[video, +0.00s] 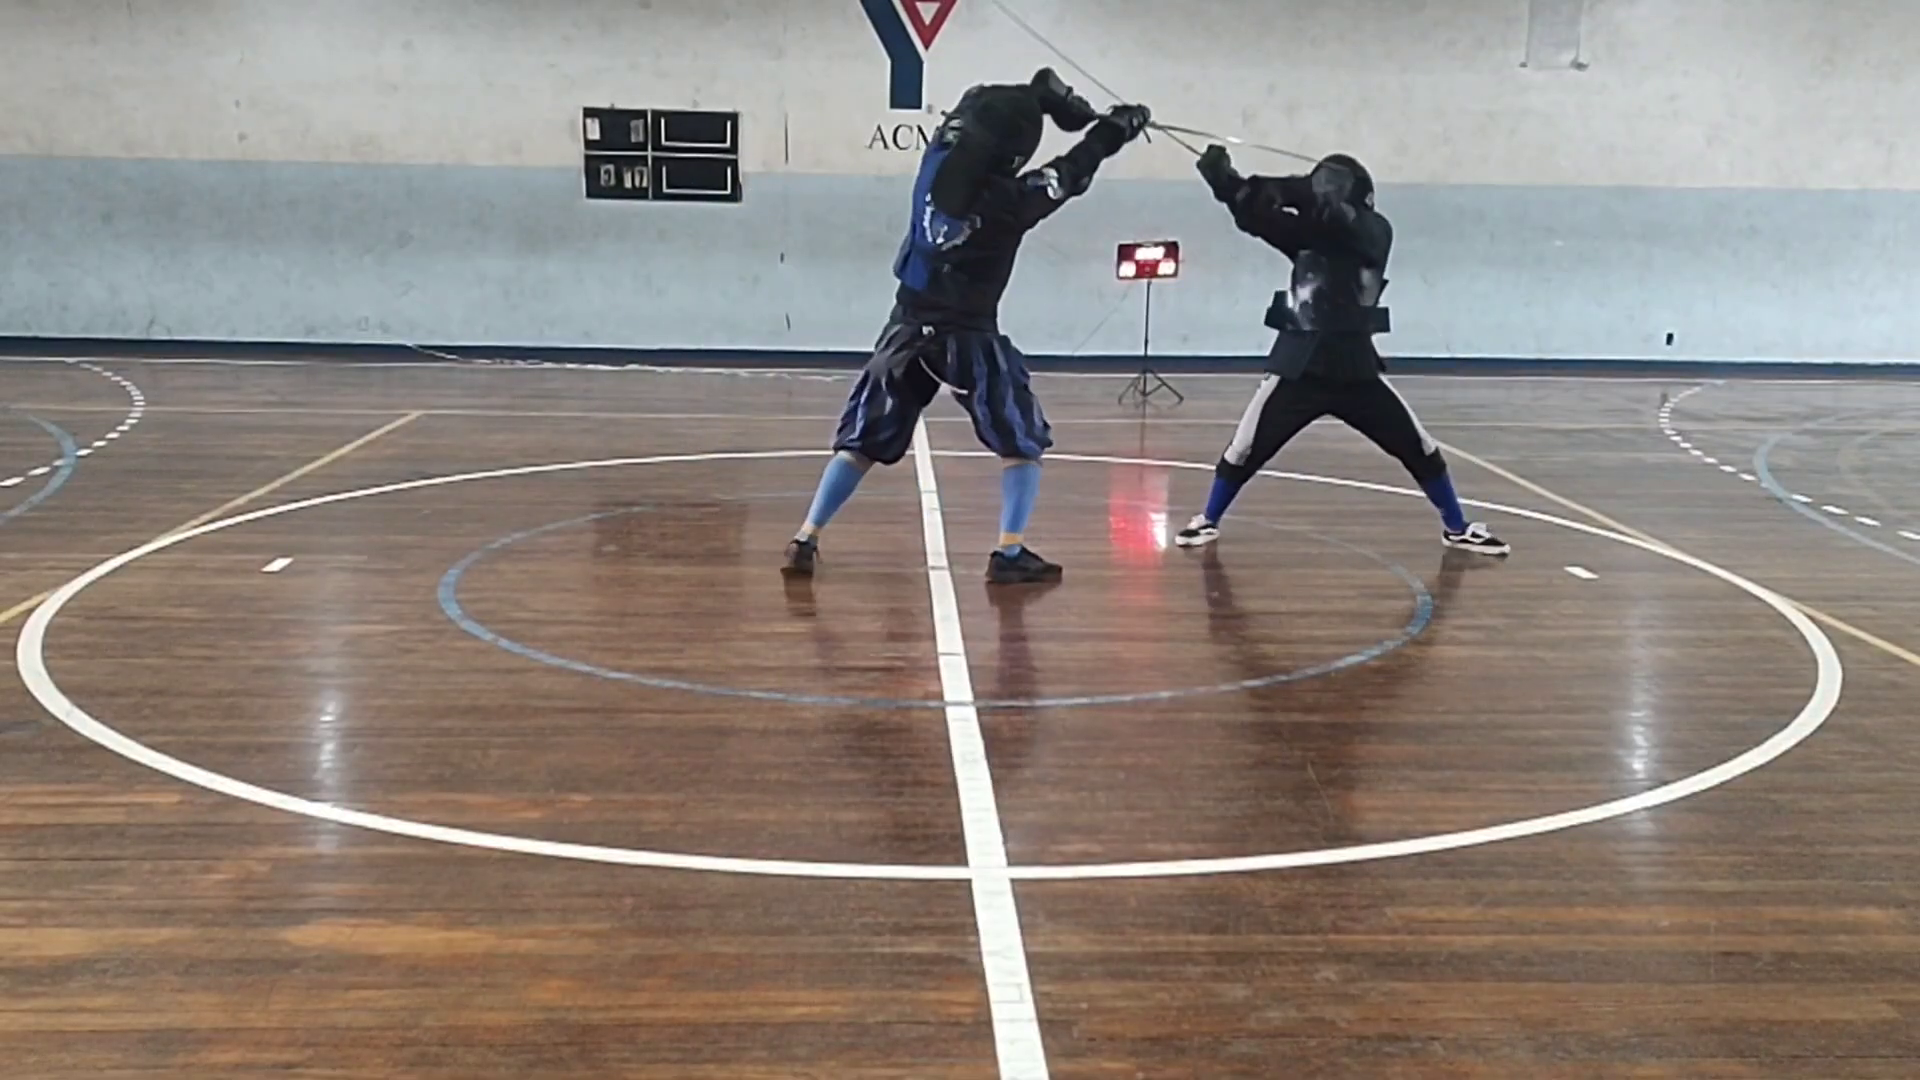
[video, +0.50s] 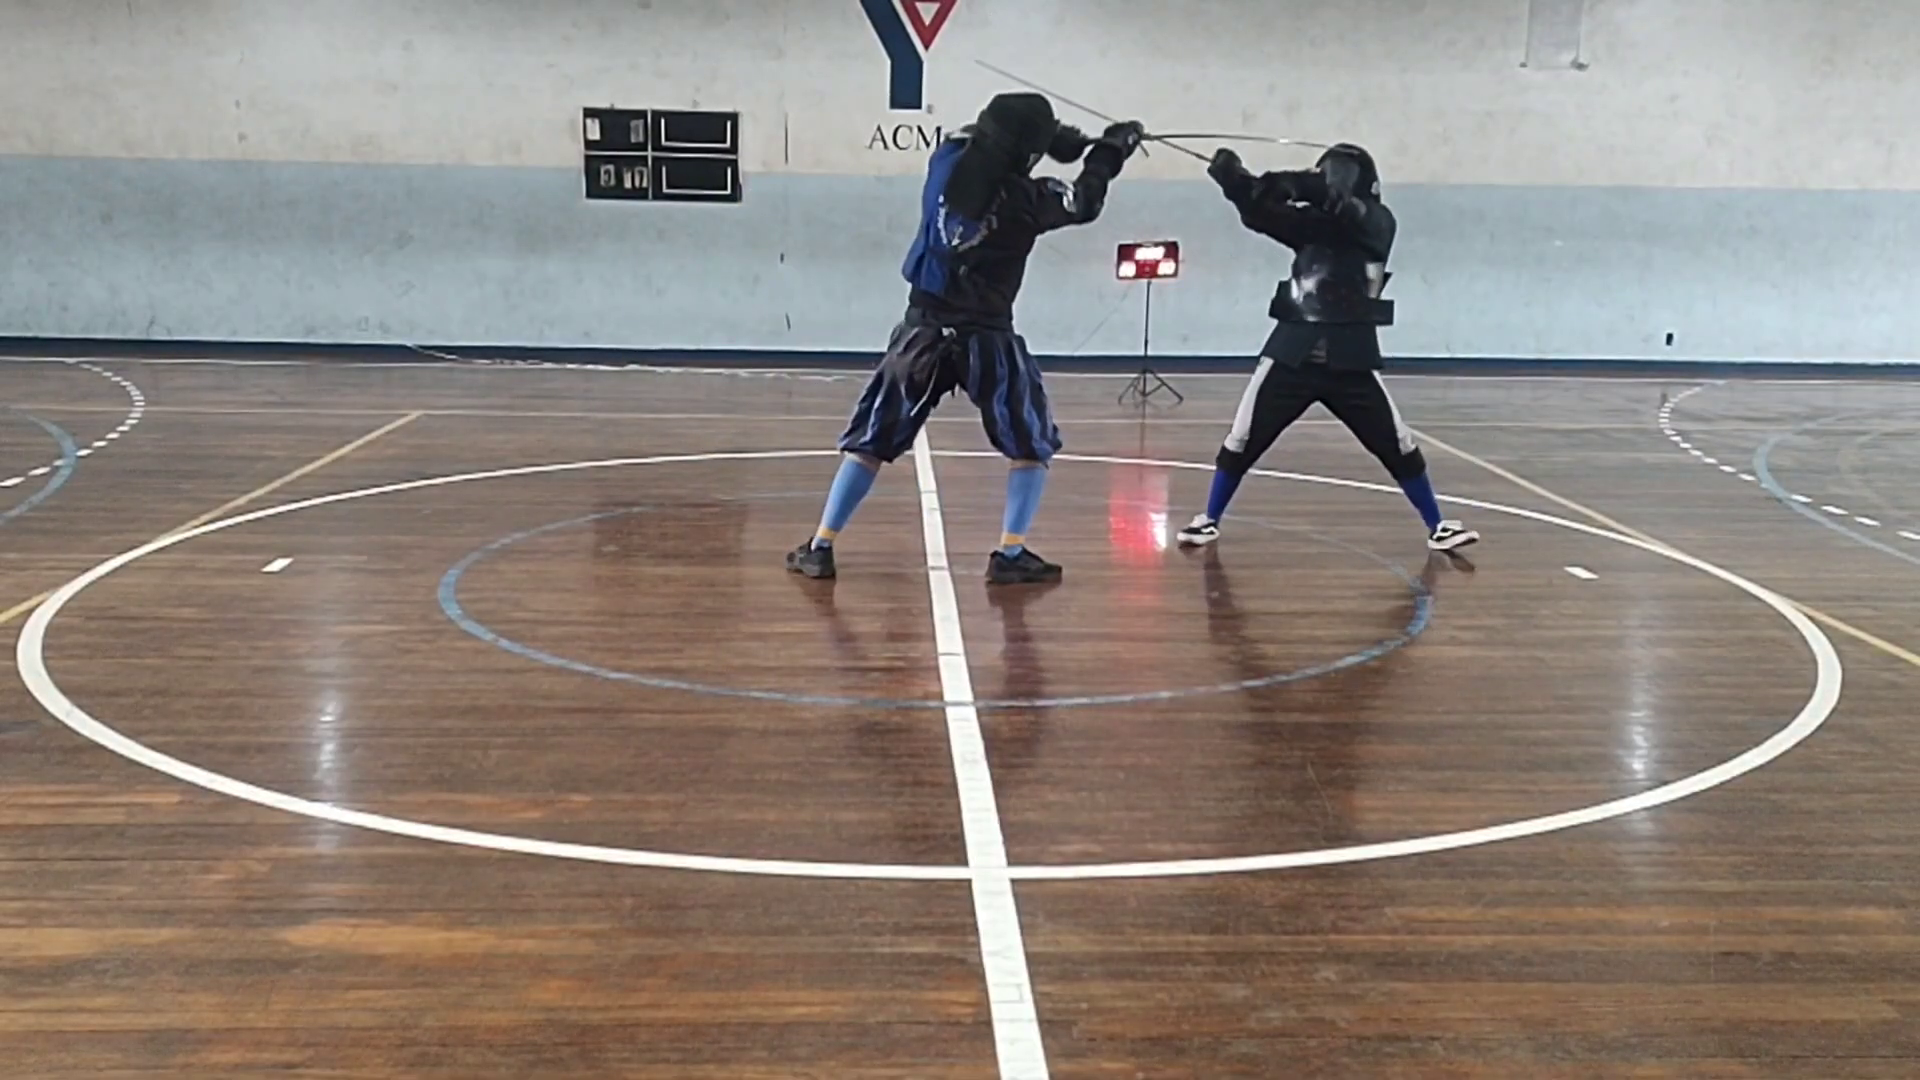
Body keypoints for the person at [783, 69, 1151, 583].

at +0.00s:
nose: (1029, 158)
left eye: (1026, 149)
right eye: (1027, 151)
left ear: (975, 129)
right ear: (1014, 151)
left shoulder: (935, 161)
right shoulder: (1011, 200)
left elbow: (978, 106)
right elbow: (1073, 171)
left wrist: (1042, 96)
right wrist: (1113, 129)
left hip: (907, 329)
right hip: (971, 337)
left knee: (865, 435)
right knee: (1023, 441)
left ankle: (805, 537)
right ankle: (1009, 551)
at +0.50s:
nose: (1043, 149)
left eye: (1047, 139)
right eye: (1041, 140)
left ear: (988, 127)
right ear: (1025, 147)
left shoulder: (945, 159)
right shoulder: (1025, 198)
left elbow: (993, 132)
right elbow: (1084, 200)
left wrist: (1056, 138)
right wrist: (1110, 149)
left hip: (921, 329)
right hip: (988, 338)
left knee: (874, 434)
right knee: (1032, 441)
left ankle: (819, 546)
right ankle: (1010, 553)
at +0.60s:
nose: (1039, 152)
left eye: (1038, 144)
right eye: (1039, 144)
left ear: (984, 127)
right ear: (1029, 147)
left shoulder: (939, 162)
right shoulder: (1027, 197)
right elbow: (1067, 255)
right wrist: (1074, 204)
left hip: (919, 331)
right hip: (985, 337)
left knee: (873, 433)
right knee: (1031, 440)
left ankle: (819, 546)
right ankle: (1011, 551)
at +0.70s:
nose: (1032, 158)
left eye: (1033, 148)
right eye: (1032, 149)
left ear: (976, 129)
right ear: (1024, 151)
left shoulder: (924, 172)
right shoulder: (1025, 209)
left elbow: (897, 244)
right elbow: (1034, 294)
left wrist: (947, 245)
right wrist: (1029, 239)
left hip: (916, 333)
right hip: (986, 339)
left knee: (873, 435)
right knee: (1031, 440)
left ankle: (819, 546)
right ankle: (1011, 552)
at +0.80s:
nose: (1024, 156)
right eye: (1024, 147)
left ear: (963, 133)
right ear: (1015, 151)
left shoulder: (910, 186)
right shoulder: (1022, 219)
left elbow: (885, 261)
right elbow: (1014, 306)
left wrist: (905, 306)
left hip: (909, 337)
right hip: (981, 344)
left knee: (861, 434)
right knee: (1030, 440)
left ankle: (818, 546)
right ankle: (1011, 552)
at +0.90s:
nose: (997, 155)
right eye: (995, 145)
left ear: (938, 138)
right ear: (992, 151)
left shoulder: (890, 194)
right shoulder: (1004, 218)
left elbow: (867, 272)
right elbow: (1004, 307)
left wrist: (880, 321)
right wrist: (954, 313)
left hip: (896, 339)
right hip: (968, 345)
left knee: (850, 430)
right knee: (1022, 438)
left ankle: (804, 537)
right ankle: (1011, 551)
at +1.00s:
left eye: (903, 135)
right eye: (961, 144)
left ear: (902, 141)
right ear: (959, 148)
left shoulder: (860, 200)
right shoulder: (975, 213)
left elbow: (842, 282)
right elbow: (982, 303)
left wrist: (862, 328)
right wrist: (934, 310)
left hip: (875, 344)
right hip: (946, 346)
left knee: (841, 438)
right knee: (1005, 443)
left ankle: (784, 528)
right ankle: (1010, 550)